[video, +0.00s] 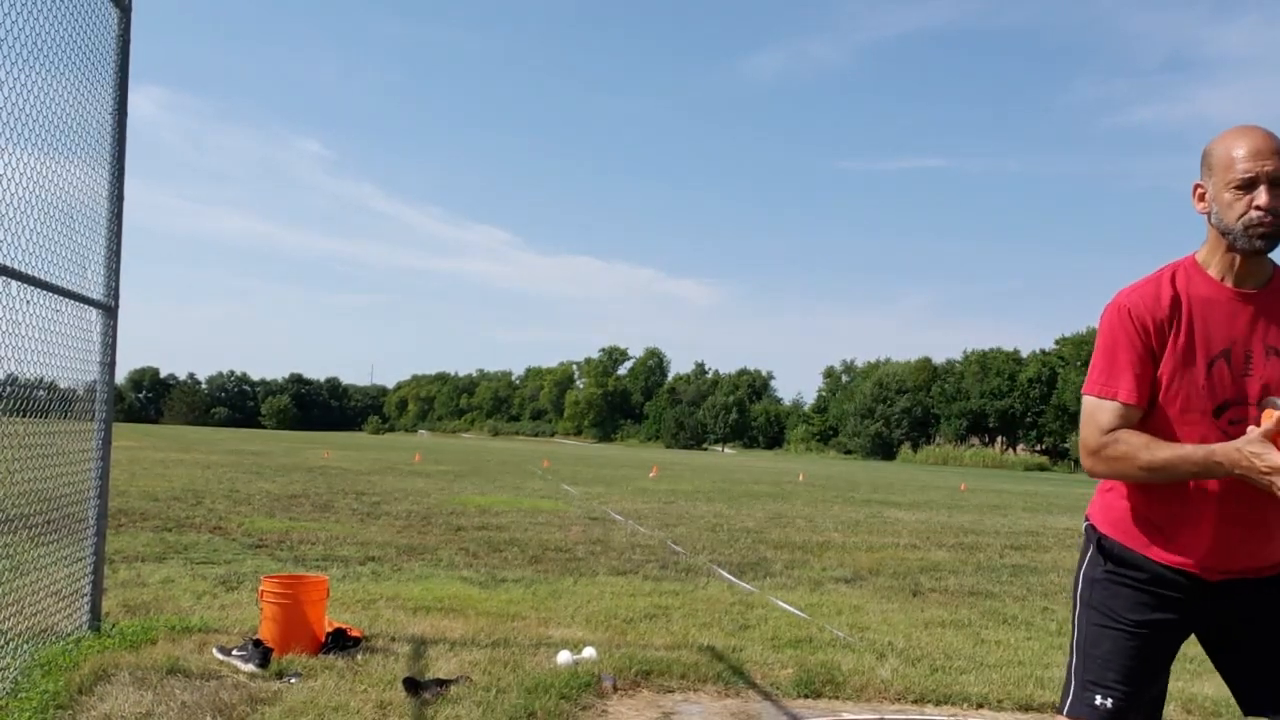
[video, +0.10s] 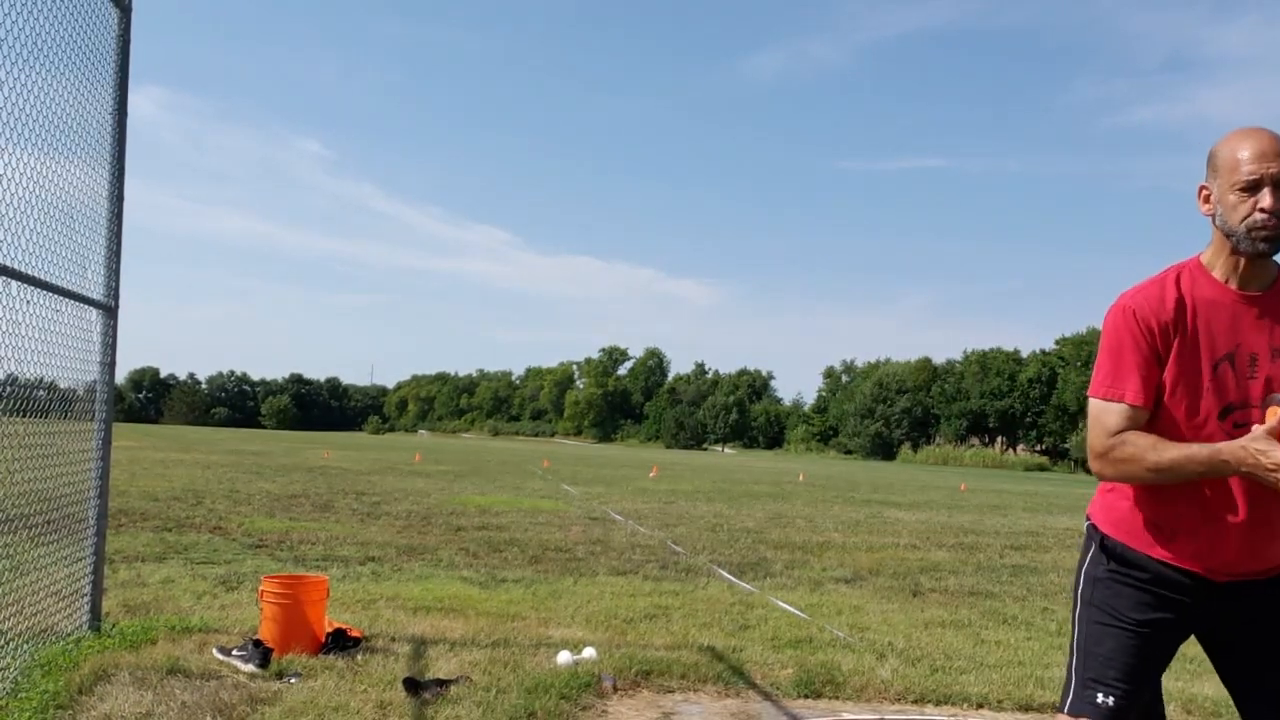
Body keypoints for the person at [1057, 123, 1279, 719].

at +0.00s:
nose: (1266, 201)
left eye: (1276, 184)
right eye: (1246, 185)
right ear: (1204, 199)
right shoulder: (1142, 309)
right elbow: (1098, 447)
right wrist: (1228, 459)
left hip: (1260, 577)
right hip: (1138, 569)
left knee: (1277, 705)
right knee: (1101, 712)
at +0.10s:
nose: (1270, 203)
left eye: (1279, 186)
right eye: (1251, 187)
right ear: (1208, 200)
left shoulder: (1279, 301)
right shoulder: (1146, 311)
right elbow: (1106, 451)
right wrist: (1239, 455)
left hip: (1261, 578)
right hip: (1139, 568)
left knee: (1273, 706)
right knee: (1100, 710)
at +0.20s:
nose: (1270, 207)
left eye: (1279, 189)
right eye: (1251, 190)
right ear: (1209, 202)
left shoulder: (1279, 305)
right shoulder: (1146, 312)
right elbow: (1111, 456)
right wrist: (1241, 453)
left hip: (1260, 579)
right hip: (1138, 570)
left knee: (1274, 705)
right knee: (1101, 711)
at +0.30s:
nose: (1267, 203)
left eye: (1278, 187)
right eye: (1249, 187)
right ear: (1207, 200)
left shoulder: (1279, 302)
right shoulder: (1144, 309)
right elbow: (1110, 452)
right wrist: (1241, 447)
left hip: (1258, 572)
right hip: (1135, 564)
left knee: (1274, 705)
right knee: (1097, 711)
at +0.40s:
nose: (1264, 202)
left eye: (1275, 185)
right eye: (1245, 186)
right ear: (1203, 199)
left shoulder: (1279, 302)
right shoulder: (1142, 306)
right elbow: (1108, 449)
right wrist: (1242, 441)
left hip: (1255, 574)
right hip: (1133, 565)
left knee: (1274, 705)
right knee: (1096, 710)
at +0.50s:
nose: (1261, 199)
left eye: (1273, 183)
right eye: (1242, 183)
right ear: (1200, 197)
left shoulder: (1279, 302)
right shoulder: (1139, 305)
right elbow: (1108, 449)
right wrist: (1246, 439)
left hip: (1255, 572)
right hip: (1133, 564)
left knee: (1274, 705)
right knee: (1091, 712)